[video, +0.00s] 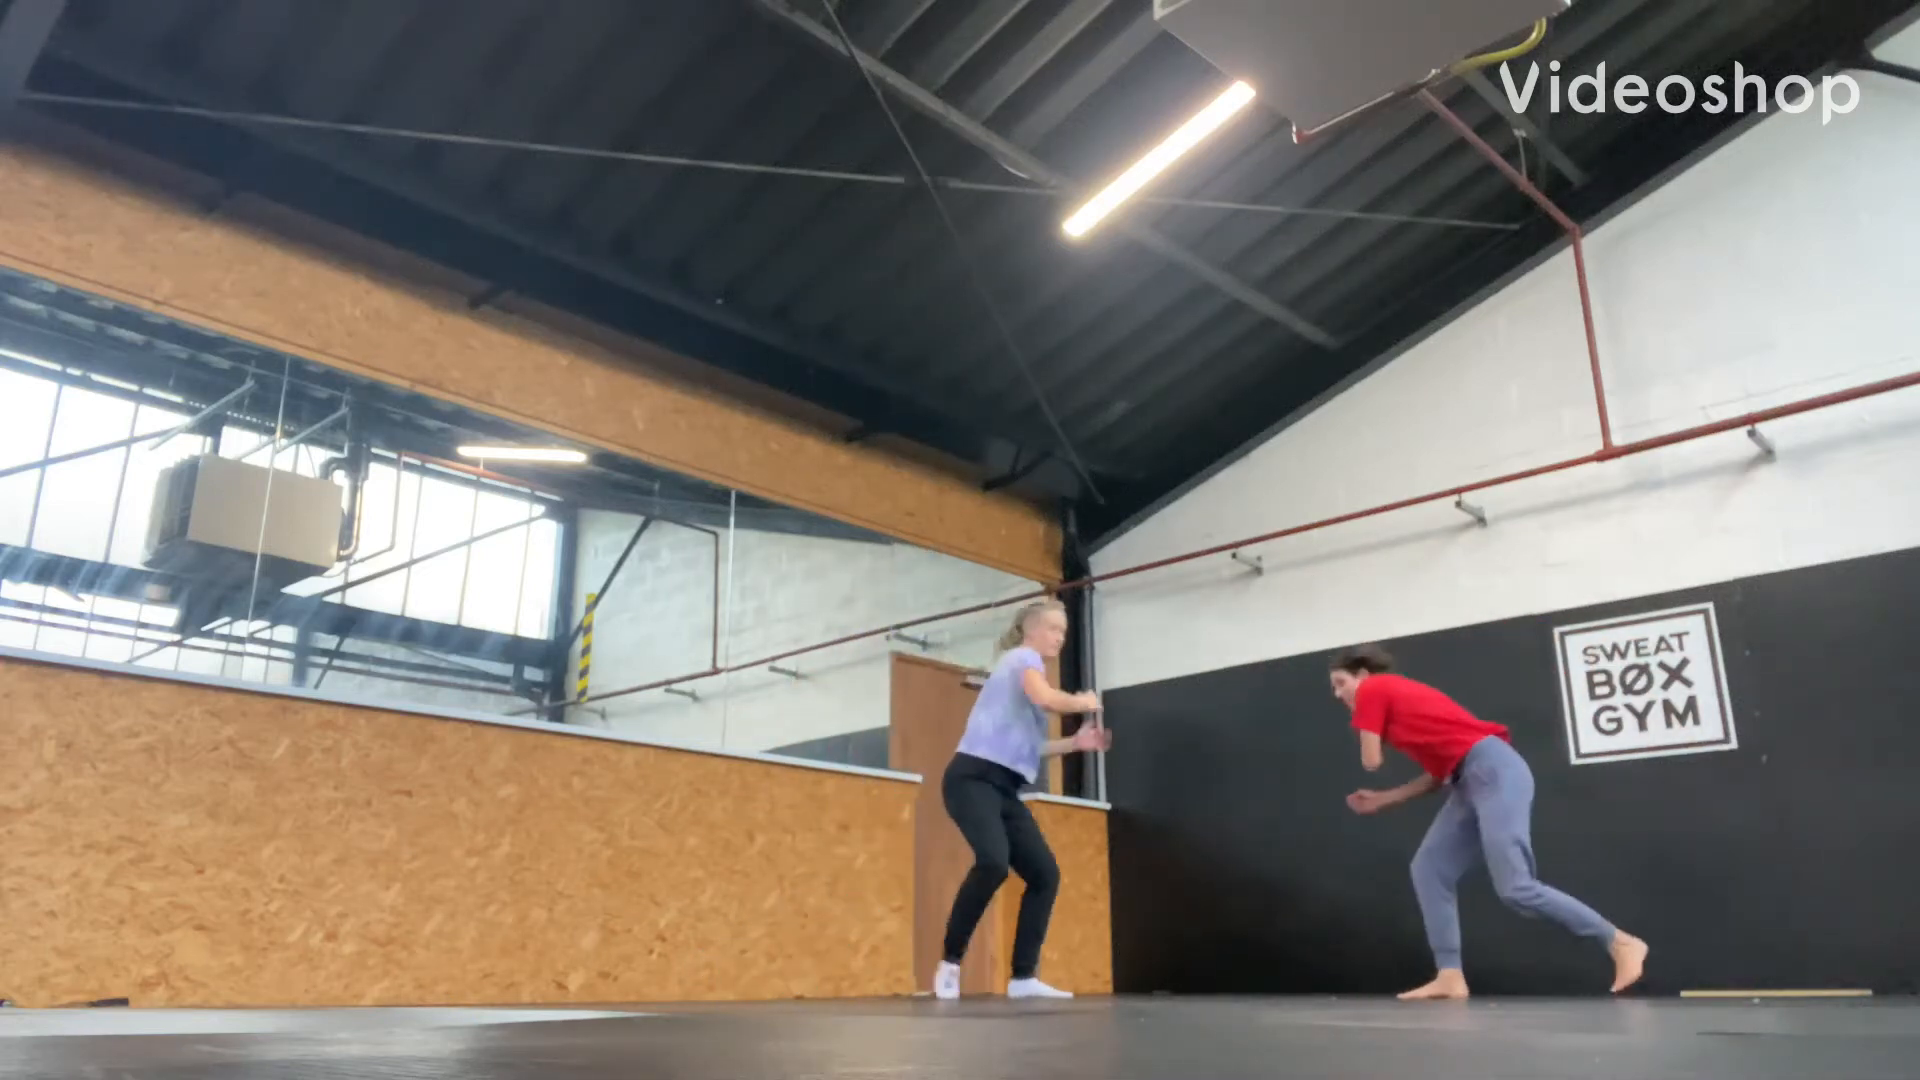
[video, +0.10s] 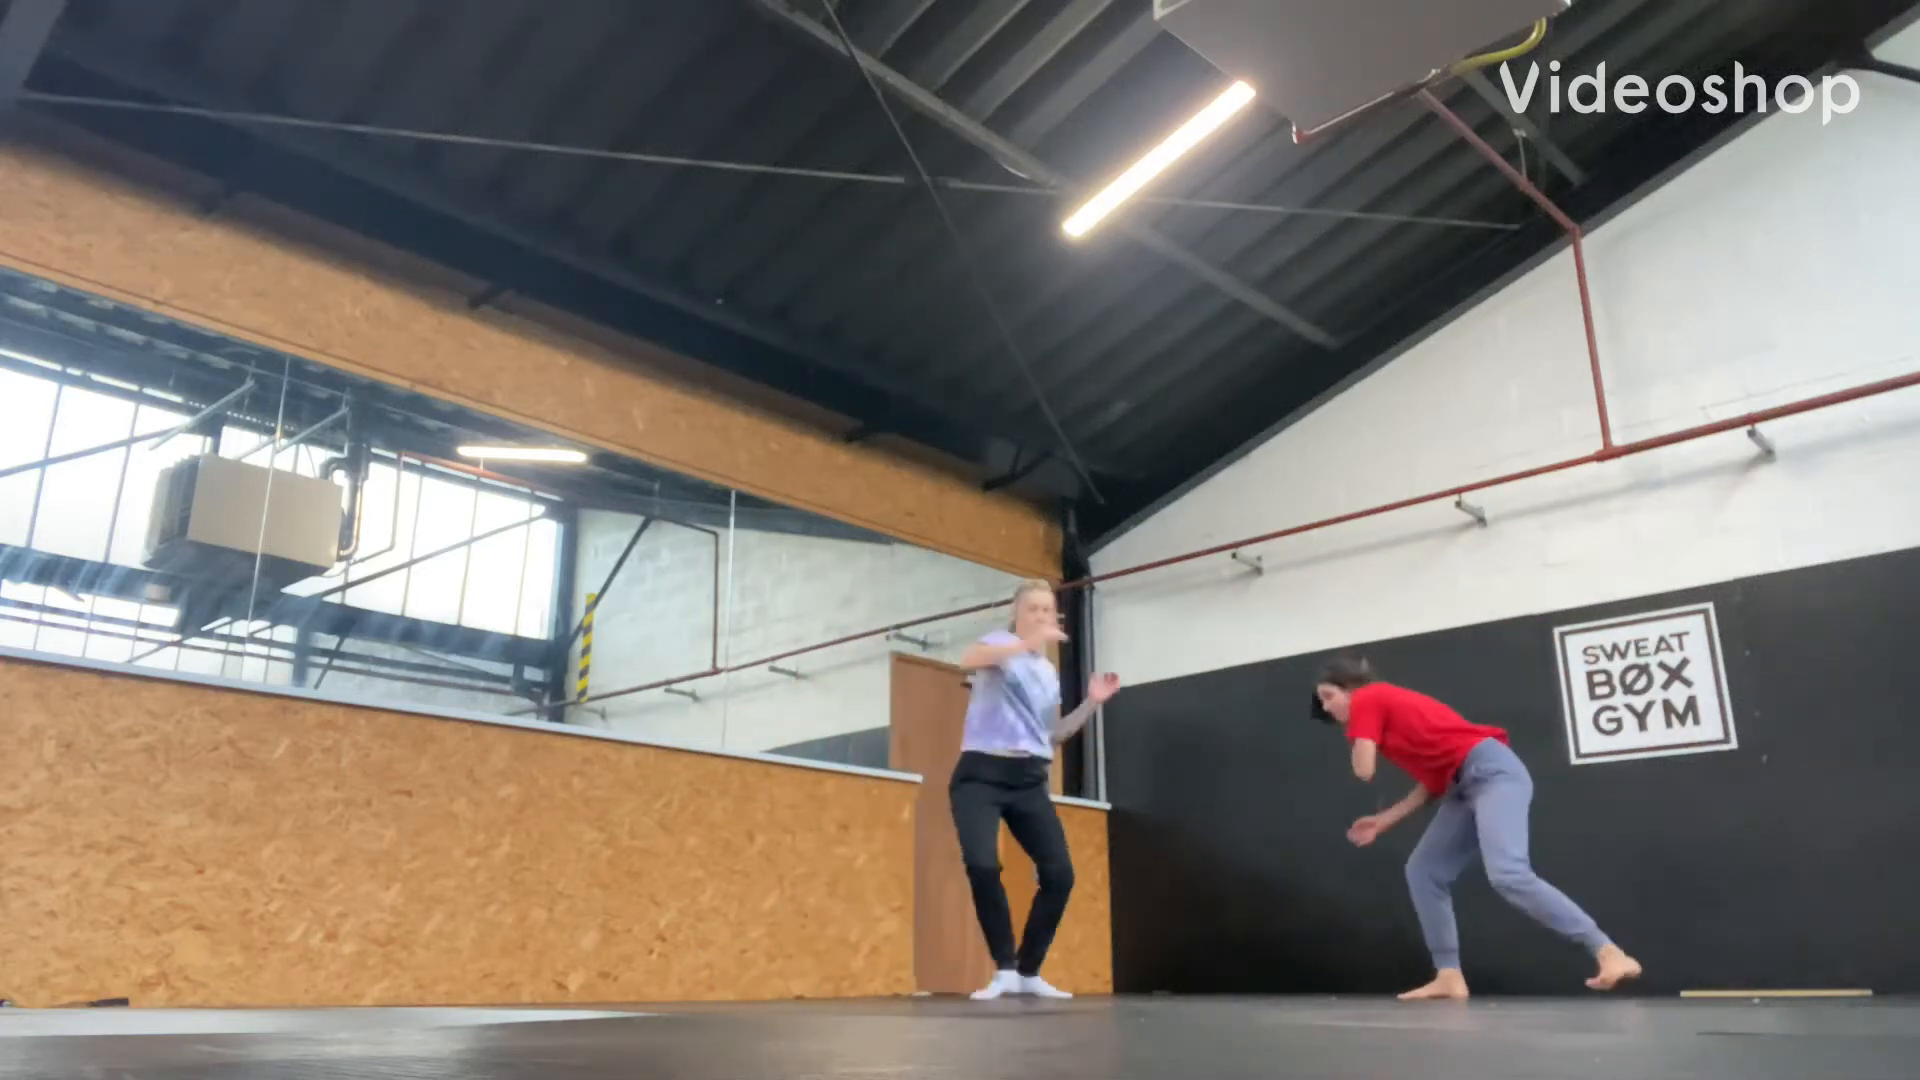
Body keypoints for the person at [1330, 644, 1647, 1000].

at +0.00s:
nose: (1336, 693)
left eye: (1339, 683)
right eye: (1333, 685)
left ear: (1360, 674)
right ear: (1366, 677)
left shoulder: (1372, 688)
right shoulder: (1400, 697)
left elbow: (1371, 761)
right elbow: (1439, 773)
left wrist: (1365, 725)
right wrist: (1383, 798)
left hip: (1492, 767)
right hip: (1468, 785)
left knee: (1515, 887)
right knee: (1429, 868)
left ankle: (1622, 944)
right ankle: (1450, 977)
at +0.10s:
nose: (1326, 708)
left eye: (1326, 698)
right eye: (1322, 702)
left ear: (1344, 687)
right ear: (1354, 687)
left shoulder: (1367, 698)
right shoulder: (1388, 706)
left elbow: (1363, 769)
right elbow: (1431, 783)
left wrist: (1359, 731)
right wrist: (1380, 822)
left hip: (1491, 770)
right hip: (1463, 790)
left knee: (1508, 874)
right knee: (1423, 871)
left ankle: (1611, 955)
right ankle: (1449, 977)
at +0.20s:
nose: (1330, 716)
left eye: (1326, 705)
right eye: (1324, 711)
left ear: (1339, 688)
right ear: (1347, 692)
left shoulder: (1369, 694)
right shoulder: (1384, 724)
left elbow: (1345, 742)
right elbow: (1432, 788)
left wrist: (1321, 747)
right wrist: (1387, 821)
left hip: (1491, 769)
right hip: (1461, 795)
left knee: (1510, 865)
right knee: (1419, 870)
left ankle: (1594, 957)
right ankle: (1449, 978)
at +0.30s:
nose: (1330, 725)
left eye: (1330, 714)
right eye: (1326, 721)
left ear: (1343, 698)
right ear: (1339, 711)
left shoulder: (1387, 699)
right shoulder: (1385, 736)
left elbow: (1337, 695)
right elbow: (1439, 795)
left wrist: (1299, 712)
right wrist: (1388, 825)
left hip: (1501, 782)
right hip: (1466, 805)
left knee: (1504, 878)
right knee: (1412, 868)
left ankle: (1599, 971)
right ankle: (1444, 974)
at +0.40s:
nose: (1324, 732)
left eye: (1322, 720)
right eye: (1319, 727)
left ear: (1342, 706)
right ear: (1335, 722)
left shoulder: (1381, 715)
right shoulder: (1389, 756)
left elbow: (1372, 673)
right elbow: (1424, 813)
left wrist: (1306, 672)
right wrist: (1351, 812)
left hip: (1499, 795)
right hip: (1467, 818)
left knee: (1496, 893)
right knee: (1404, 874)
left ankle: (1604, 978)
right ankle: (1443, 978)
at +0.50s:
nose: (1297, 720)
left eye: (1297, 710)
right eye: (1293, 714)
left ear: (1316, 700)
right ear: (1312, 710)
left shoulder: (1360, 702)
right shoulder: (1343, 745)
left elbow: (1399, 687)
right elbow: (1328, 796)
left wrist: (1412, 668)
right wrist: (1289, 751)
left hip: (1469, 785)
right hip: (1439, 809)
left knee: (1496, 889)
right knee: (1383, 881)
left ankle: (1598, 969)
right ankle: (1439, 978)